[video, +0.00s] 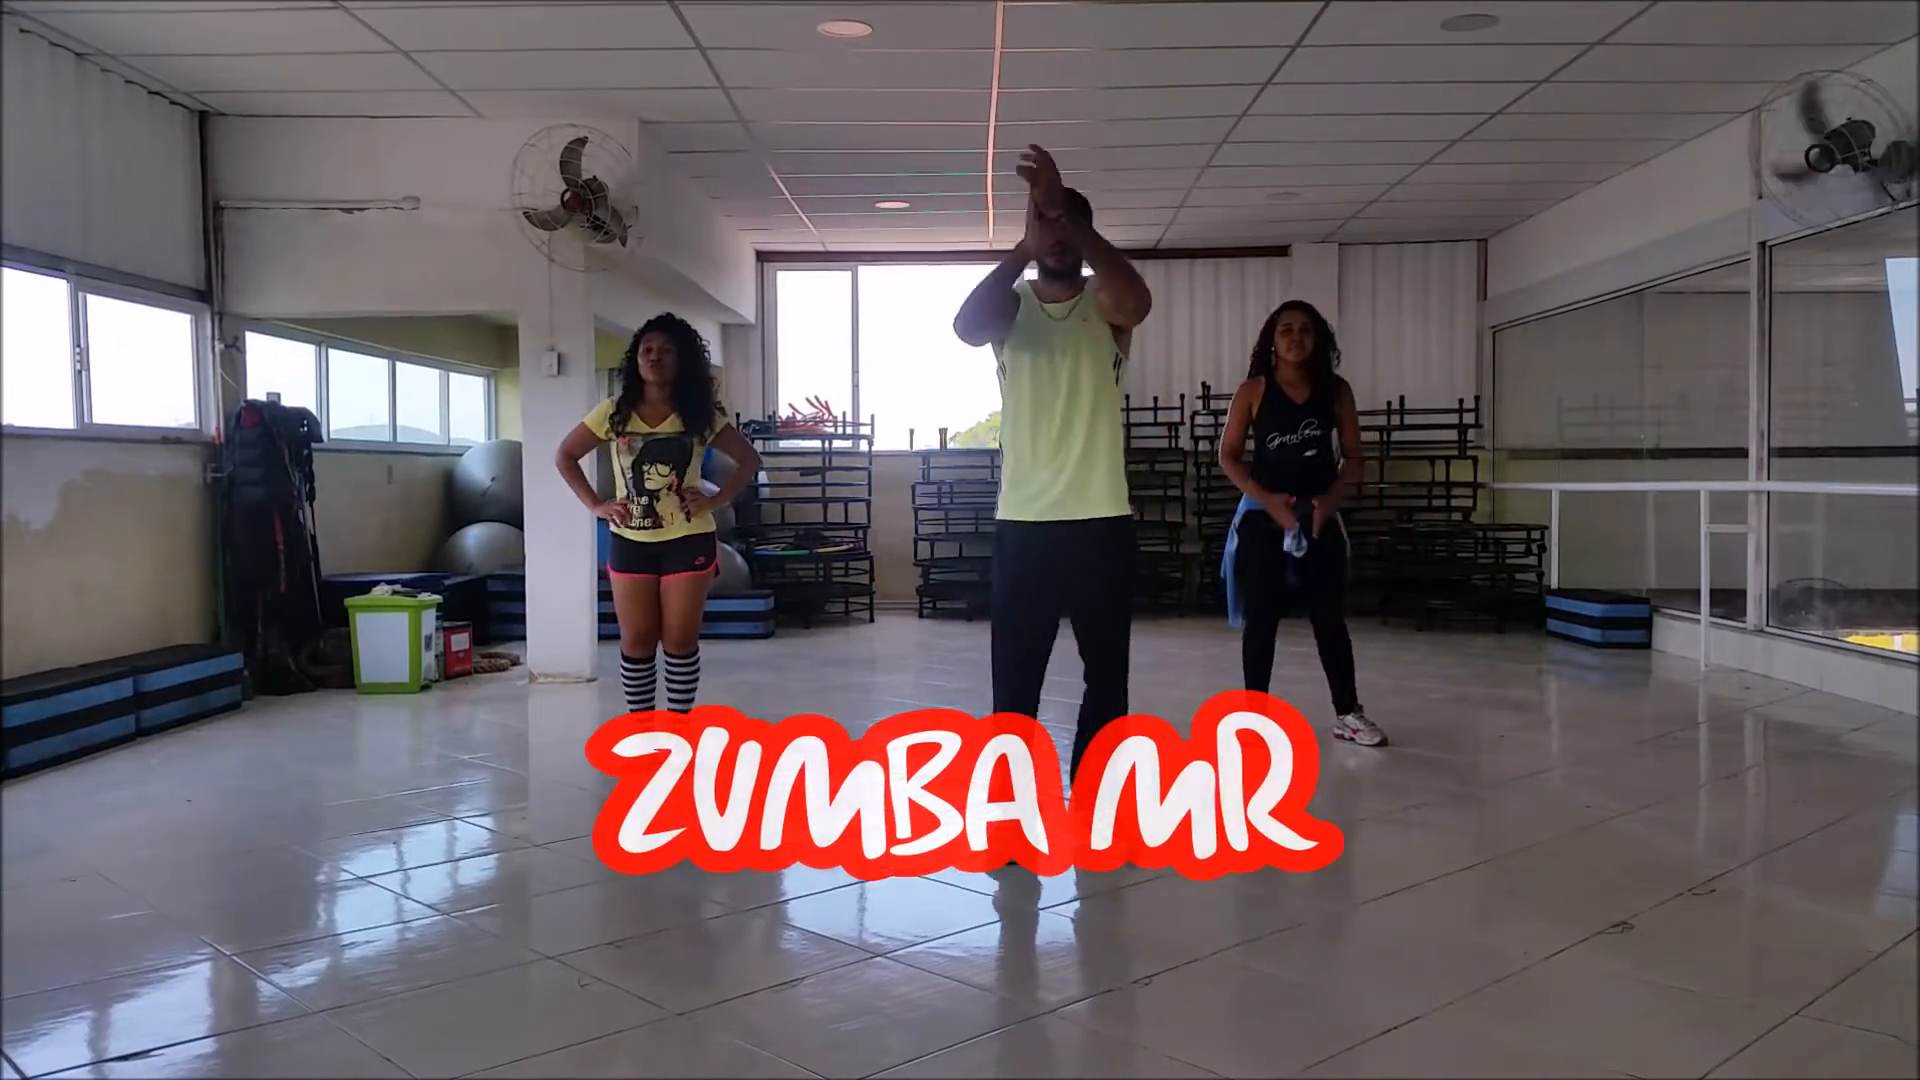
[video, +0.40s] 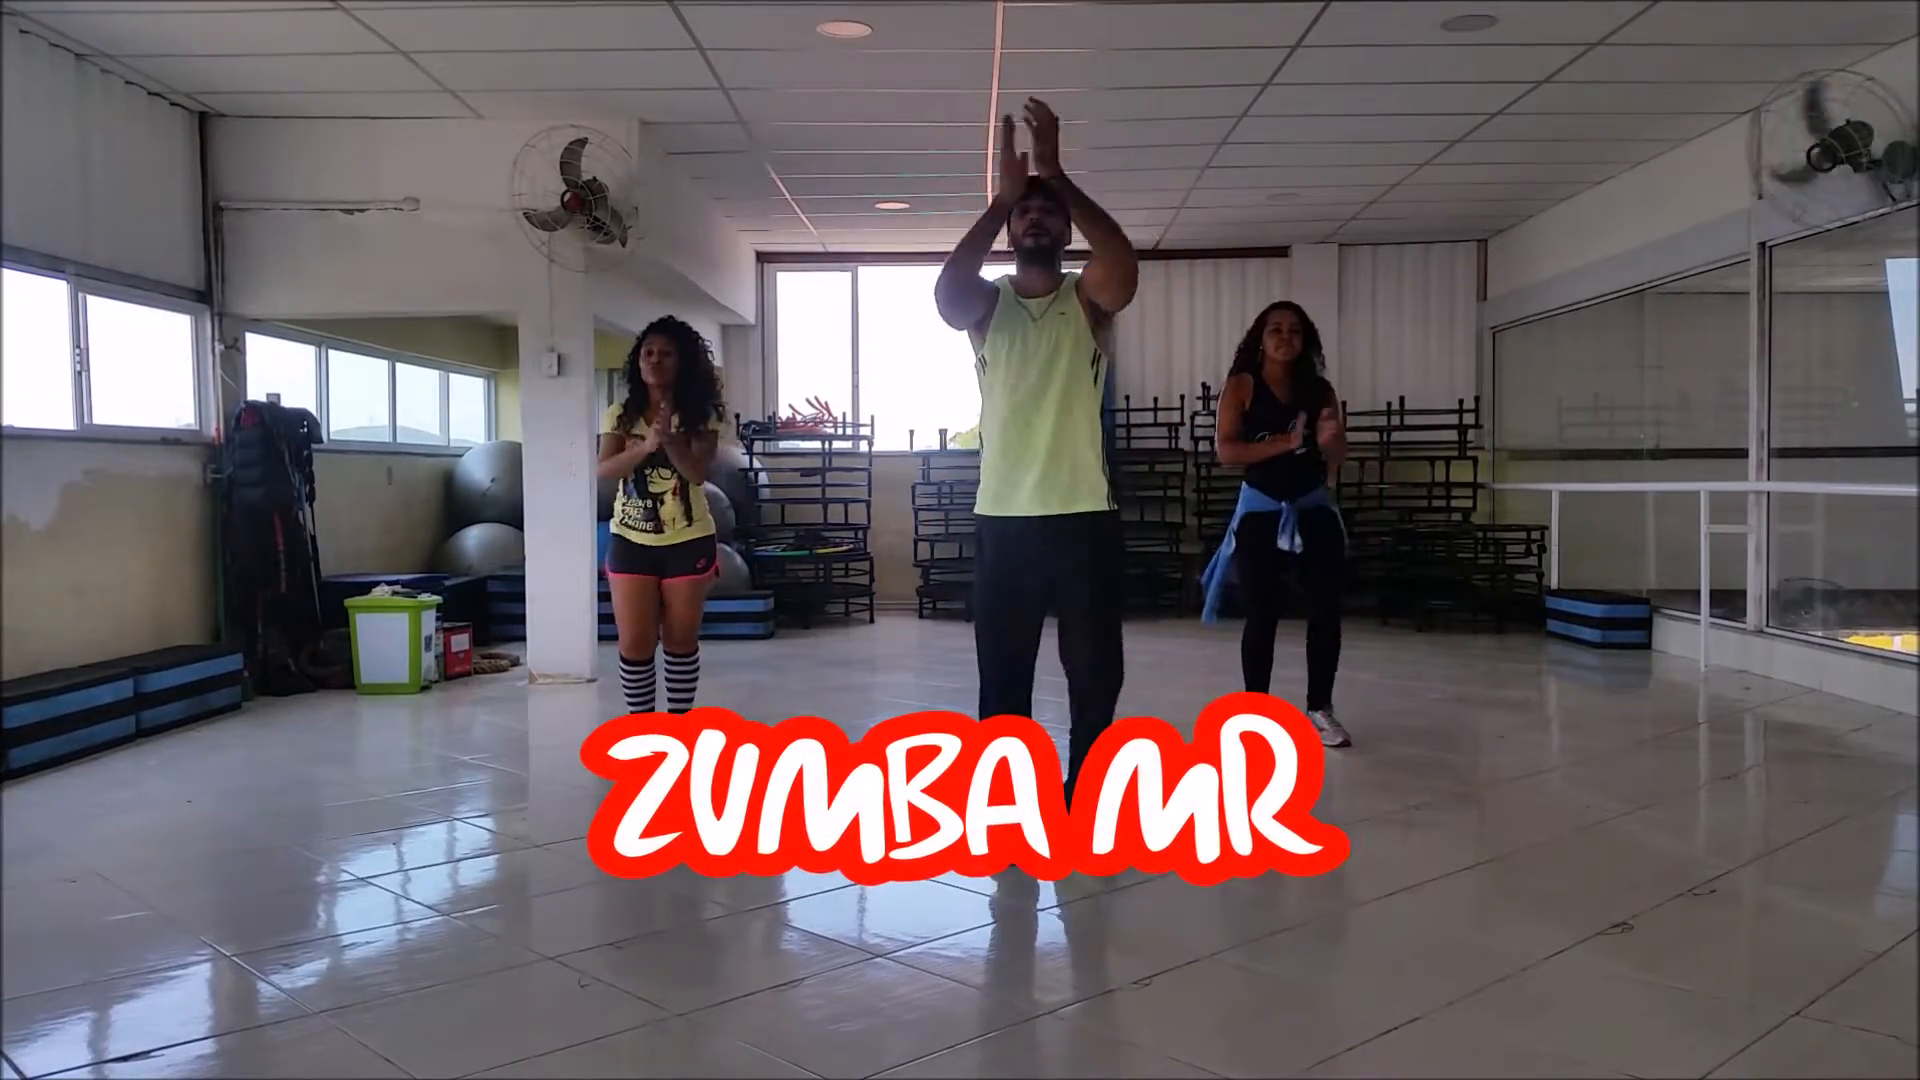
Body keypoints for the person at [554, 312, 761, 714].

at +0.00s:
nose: (653, 356)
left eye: (664, 349)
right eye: (646, 349)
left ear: (682, 359)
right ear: (635, 359)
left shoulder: (700, 413)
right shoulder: (615, 411)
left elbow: (750, 460)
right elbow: (565, 455)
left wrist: (716, 500)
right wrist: (595, 504)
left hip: (688, 541)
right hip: (630, 544)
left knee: (679, 642)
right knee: (636, 643)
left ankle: (679, 734)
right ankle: (641, 735)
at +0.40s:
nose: (654, 360)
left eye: (665, 353)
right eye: (647, 352)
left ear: (683, 363)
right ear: (638, 361)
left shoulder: (700, 414)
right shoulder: (621, 414)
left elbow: (698, 473)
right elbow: (604, 469)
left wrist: (670, 440)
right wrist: (646, 446)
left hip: (688, 541)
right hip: (630, 541)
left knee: (681, 643)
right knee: (634, 646)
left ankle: (680, 733)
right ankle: (641, 734)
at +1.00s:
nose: (656, 352)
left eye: (667, 347)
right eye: (649, 345)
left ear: (685, 358)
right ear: (636, 355)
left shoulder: (698, 403)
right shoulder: (620, 402)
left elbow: (722, 348)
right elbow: (580, 358)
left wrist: (688, 293)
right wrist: (606, 301)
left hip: (688, 540)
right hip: (630, 539)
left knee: (681, 644)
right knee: (631, 645)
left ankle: (682, 731)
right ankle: (639, 731)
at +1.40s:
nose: (654, 357)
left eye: (665, 350)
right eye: (647, 348)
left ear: (683, 359)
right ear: (636, 356)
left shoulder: (697, 403)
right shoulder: (620, 401)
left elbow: (712, 341)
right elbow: (589, 346)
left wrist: (672, 285)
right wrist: (635, 300)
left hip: (688, 539)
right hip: (630, 540)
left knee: (682, 648)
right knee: (639, 648)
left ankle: (684, 735)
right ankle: (646, 738)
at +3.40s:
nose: (658, 362)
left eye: (669, 354)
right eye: (649, 353)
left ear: (685, 359)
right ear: (636, 356)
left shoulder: (699, 404)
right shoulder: (620, 402)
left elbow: (726, 341)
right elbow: (585, 346)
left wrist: (698, 277)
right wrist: (609, 283)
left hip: (690, 538)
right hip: (632, 539)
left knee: (684, 642)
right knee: (640, 646)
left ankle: (690, 734)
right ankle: (654, 742)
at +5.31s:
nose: (659, 369)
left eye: (670, 361)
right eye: (651, 361)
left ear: (687, 371)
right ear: (640, 368)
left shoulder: (700, 425)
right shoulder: (619, 419)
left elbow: (718, 489)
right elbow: (594, 483)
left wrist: (733, 526)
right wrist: (578, 539)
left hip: (691, 547)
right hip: (631, 548)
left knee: (690, 648)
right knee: (611, 644)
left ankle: (688, 739)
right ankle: (624, 745)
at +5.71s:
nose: (663, 389)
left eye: (673, 380)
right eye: (655, 381)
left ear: (692, 388)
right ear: (645, 390)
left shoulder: (713, 443)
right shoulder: (631, 446)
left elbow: (739, 501)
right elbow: (596, 505)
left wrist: (738, 552)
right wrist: (546, 540)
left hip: (695, 566)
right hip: (633, 564)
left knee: (749, 643)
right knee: (601, 652)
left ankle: (765, 744)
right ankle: (623, 746)